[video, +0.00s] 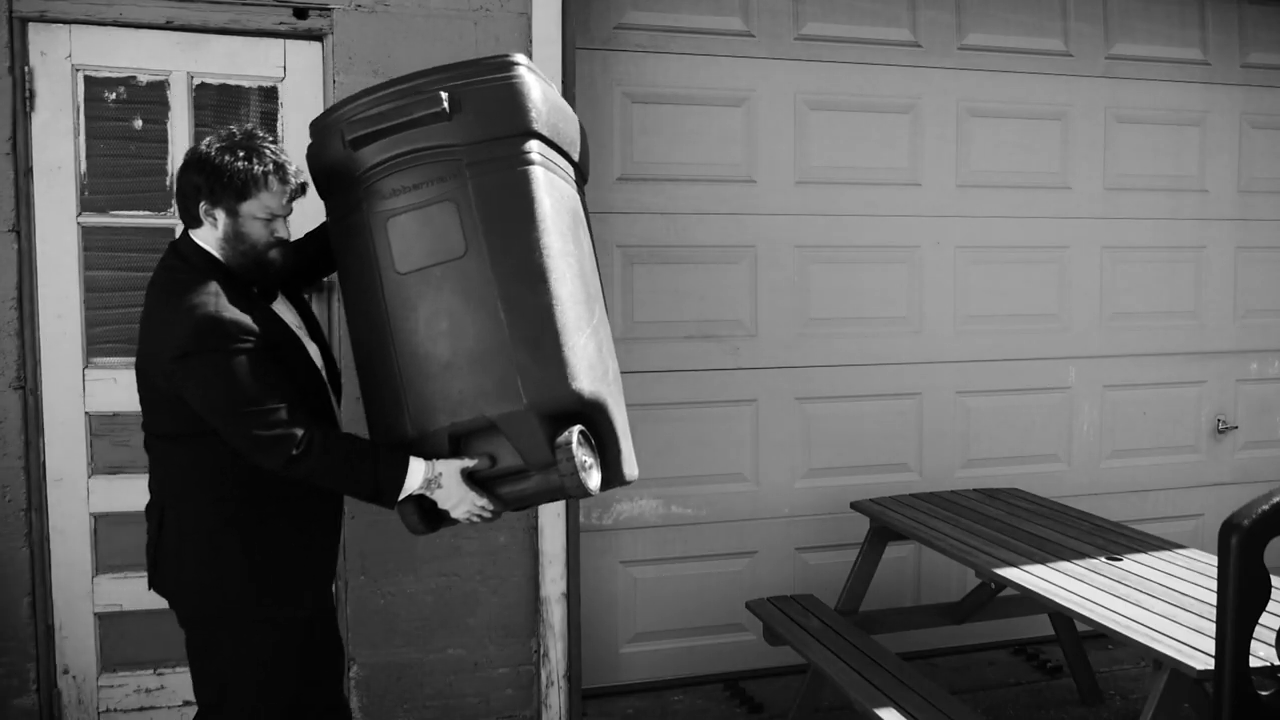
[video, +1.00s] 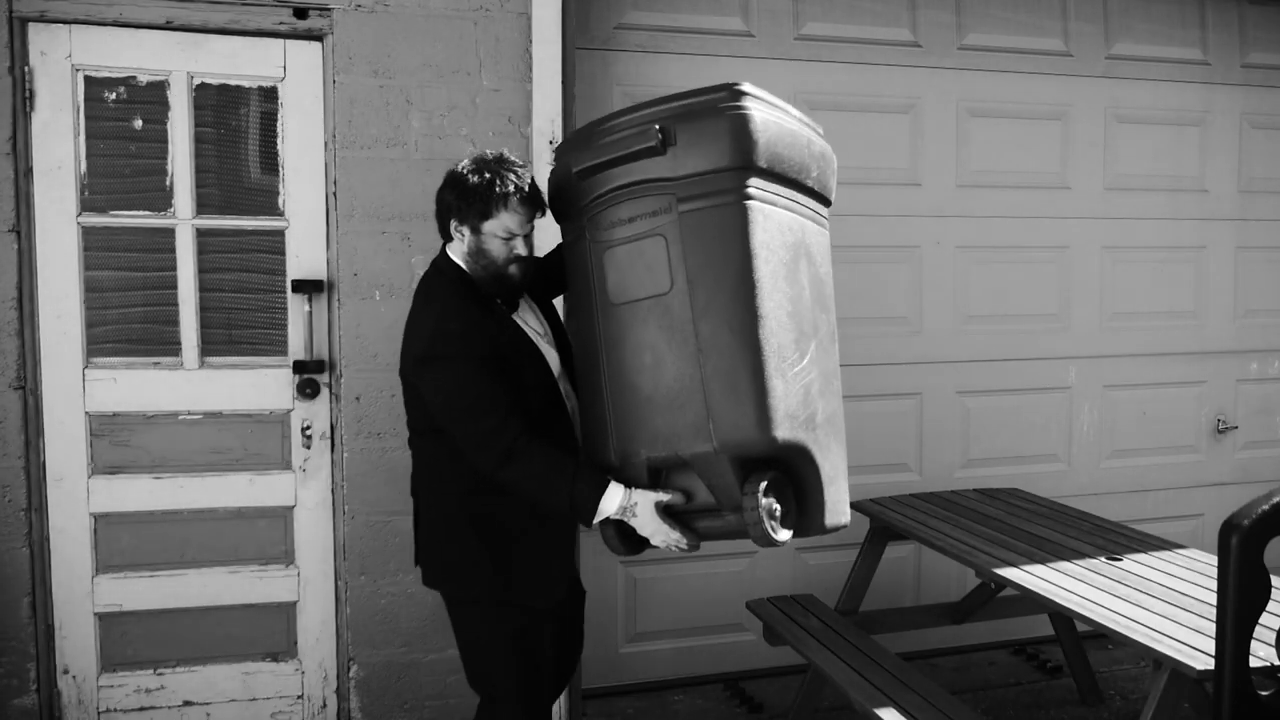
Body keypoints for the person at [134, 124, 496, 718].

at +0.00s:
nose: (284, 232)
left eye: (286, 216)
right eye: (269, 220)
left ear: (214, 216)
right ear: (212, 215)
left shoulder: (236, 268)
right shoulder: (203, 314)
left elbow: (311, 255)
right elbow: (288, 445)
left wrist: (390, 198)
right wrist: (422, 476)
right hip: (243, 573)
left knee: (314, 701)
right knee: (259, 706)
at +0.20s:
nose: (351, 241)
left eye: (353, 225)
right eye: (336, 228)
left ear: (283, 225)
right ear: (282, 224)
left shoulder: (305, 278)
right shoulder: (271, 322)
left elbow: (373, 264)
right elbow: (357, 446)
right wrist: (482, 480)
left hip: (348, 558)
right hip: (304, 575)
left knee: (375, 702)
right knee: (297, 706)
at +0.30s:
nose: (385, 243)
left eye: (387, 228)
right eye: (371, 230)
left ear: (320, 225)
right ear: (318, 224)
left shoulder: (334, 279)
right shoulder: (306, 321)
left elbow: (403, 270)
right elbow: (387, 443)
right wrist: (508, 479)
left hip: (379, 552)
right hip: (345, 570)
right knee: (354, 703)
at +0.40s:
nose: (412, 240)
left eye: (415, 225)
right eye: (398, 226)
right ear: (348, 220)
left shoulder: (372, 279)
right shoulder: (334, 314)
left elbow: (427, 278)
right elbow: (412, 437)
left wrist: (494, 223)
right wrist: (530, 476)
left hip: (412, 535)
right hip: (373, 550)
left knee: (419, 692)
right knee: (394, 696)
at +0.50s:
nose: (436, 236)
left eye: (438, 221)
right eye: (422, 222)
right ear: (372, 216)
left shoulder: (401, 278)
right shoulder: (356, 309)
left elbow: (461, 272)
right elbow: (430, 431)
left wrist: (520, 220)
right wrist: (546, 472)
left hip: (437, 524)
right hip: (396, 538)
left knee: (438, 681)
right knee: (431, 685)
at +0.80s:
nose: (494, 241)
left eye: (497, 226)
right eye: (479, 228)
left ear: (504, 212)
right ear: (430, 223)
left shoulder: (465, 281)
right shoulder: (415, 313)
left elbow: (521, 275)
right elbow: (483, 436)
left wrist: (580, 224)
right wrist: (597, 480)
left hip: (491, 536)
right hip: (451, 550)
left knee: (467, 685)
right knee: (489, 692)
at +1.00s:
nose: (525, 249)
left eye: (528, 234)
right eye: (509, 239)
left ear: (532, 219)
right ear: (460, 233)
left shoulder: (506, 280)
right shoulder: (443, 325)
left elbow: (579, 259)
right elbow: (503, 450)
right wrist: (619, 501)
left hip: (537, 534)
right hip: (488, 553)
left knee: (549, 678)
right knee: (513, 696)